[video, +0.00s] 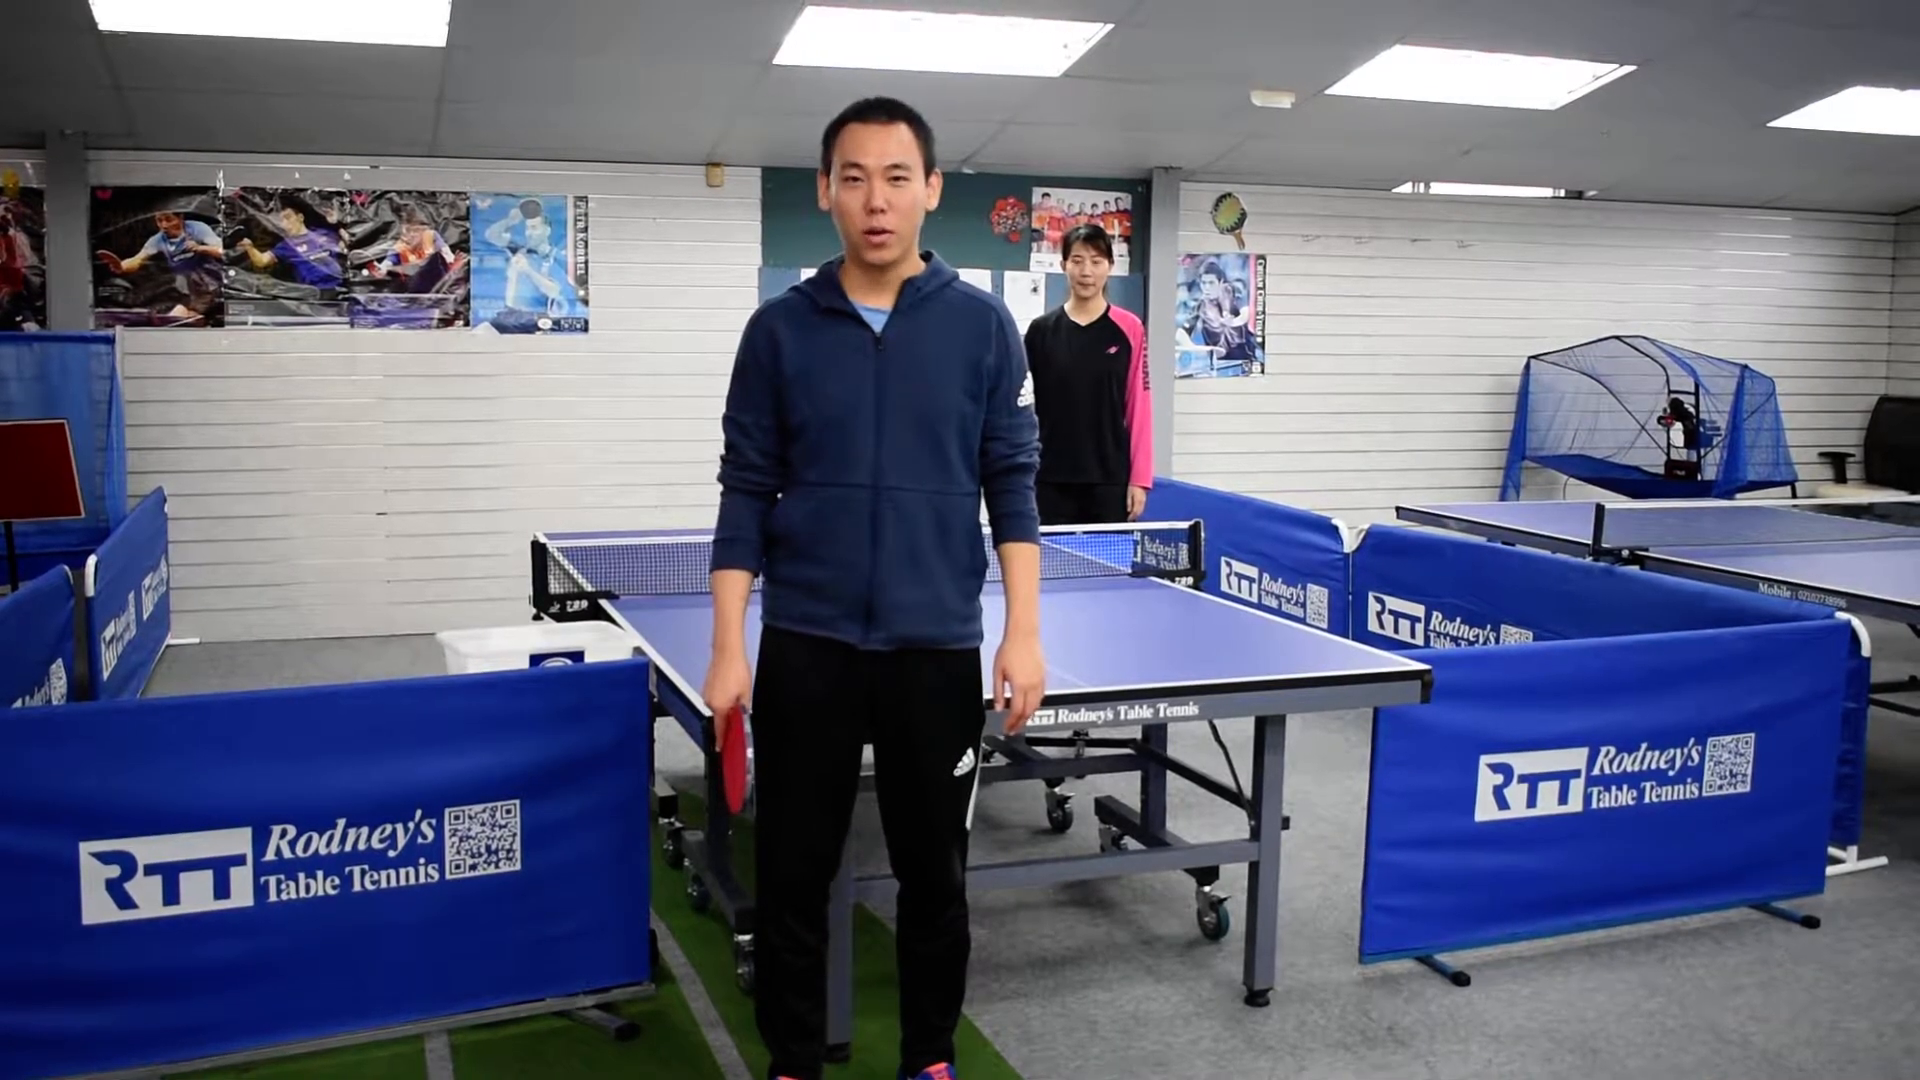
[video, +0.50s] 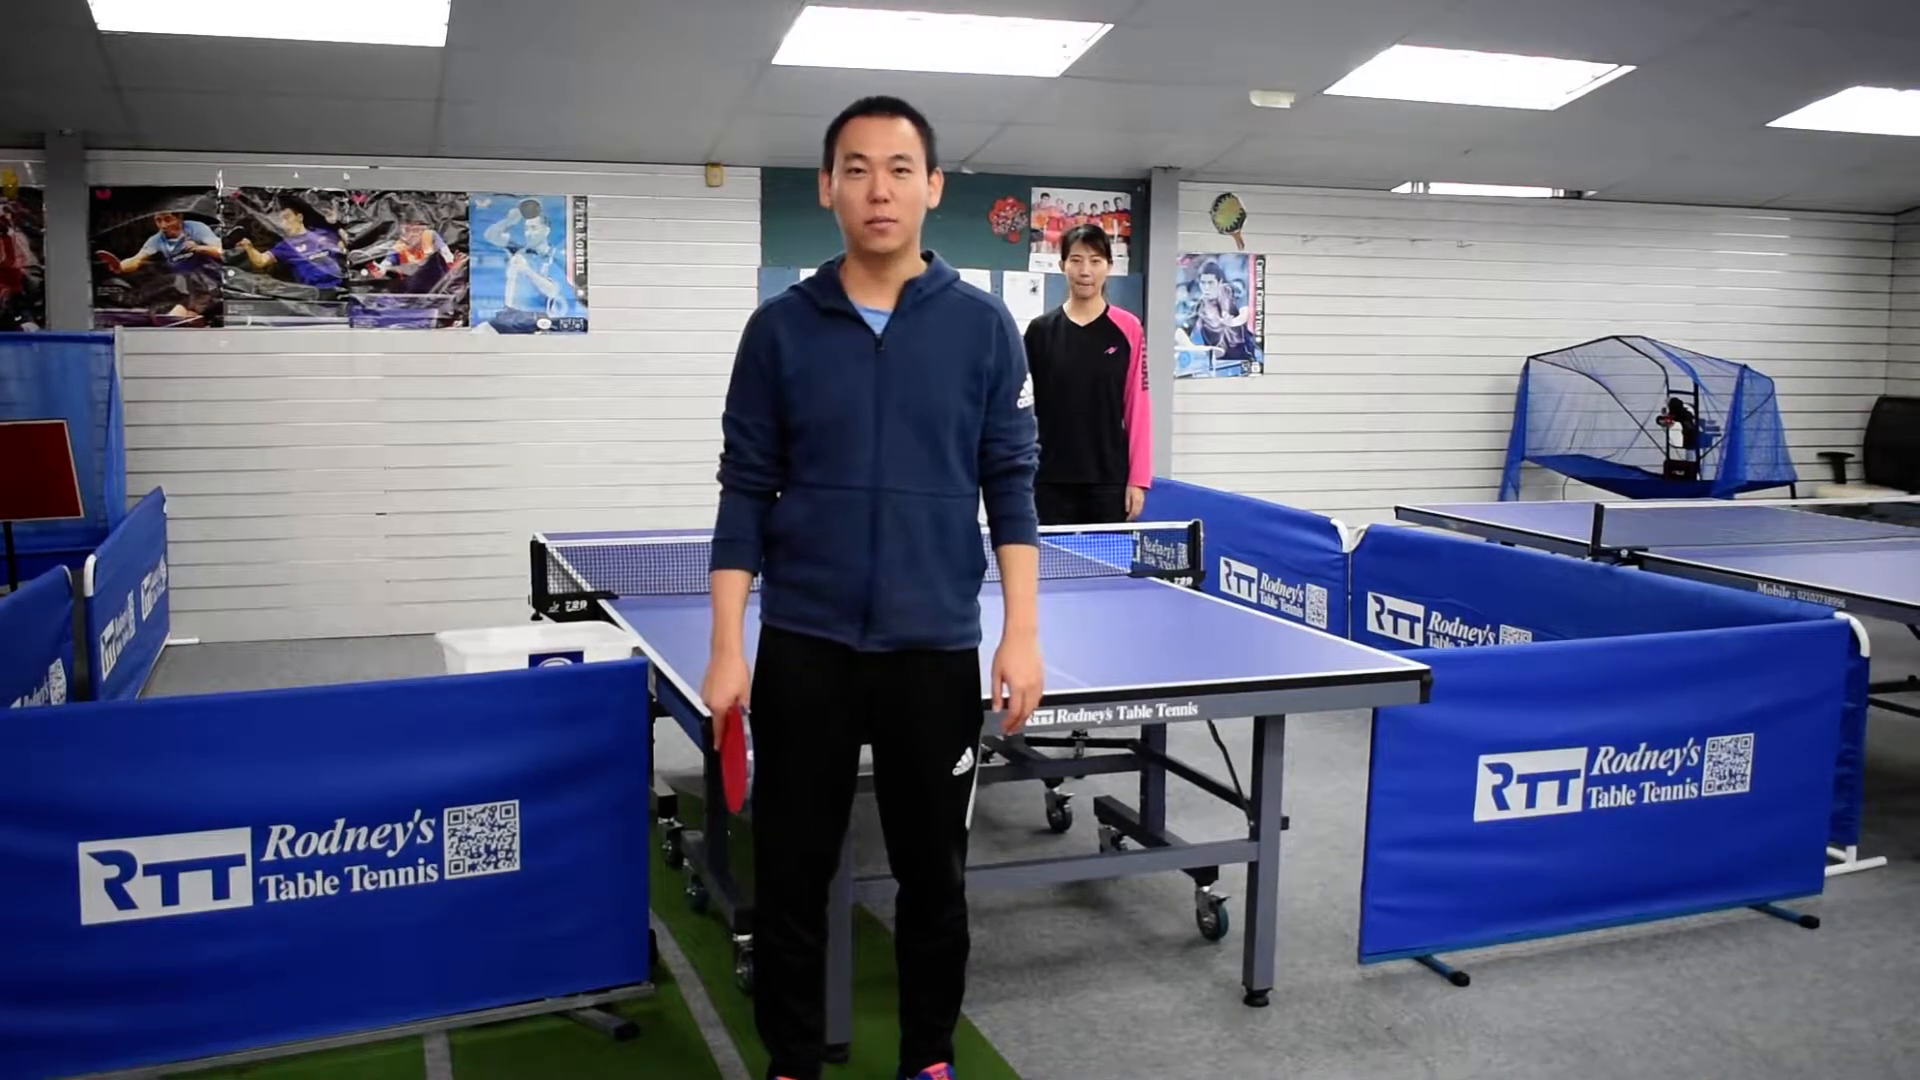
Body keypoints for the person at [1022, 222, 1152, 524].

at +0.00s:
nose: (1086, 272)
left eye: (1096, 262)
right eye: (1077, 261)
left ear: (1110, 267)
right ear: (1064, 266)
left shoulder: (1129, 329)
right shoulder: (1040, 331)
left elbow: (1139, 407)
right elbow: (1022, 404)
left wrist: (1140, 478)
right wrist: (1022, 478)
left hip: (1109, 482)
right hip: (1051, 481)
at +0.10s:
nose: (1086, 271)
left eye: (1096, 262)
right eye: (1077, 261)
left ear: (1110, 268)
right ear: (1064, 266)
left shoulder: (1129, 329)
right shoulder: (1040, 331)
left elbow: (1138, 407)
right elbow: (1022, 405)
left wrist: (1139, 478)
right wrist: (1021, 478)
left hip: (1108, 482)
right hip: (1051, 481)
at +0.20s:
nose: (1086, 271)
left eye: (1096, 262)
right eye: (1076, 261)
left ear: (1109, 268)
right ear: (1064, 266)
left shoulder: (1128, 329)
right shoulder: (1040, 331)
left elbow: (1138, 406)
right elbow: (1022, 405)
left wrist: (1139, 478)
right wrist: (1021, 478)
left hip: (1108, 481)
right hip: (1051, 481)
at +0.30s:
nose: (1085, 271)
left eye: (1096, 262)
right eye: (1076, 261)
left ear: (1109, 268)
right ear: (1063, 266)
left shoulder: (1128, 329)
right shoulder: (1039, 331)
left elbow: (1138, 407)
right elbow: (1022, 405)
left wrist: (1139, 478)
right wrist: (1021, 478)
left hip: (1108, 481)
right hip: (1051, 481)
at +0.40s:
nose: (1085, 271)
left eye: (1095, 262)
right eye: (1076, 261)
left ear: (1109, 268)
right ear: (1063, 266)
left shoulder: (1128, 329)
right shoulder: (1039, 331)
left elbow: (1137, 407)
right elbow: (1021, 405)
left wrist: (1138, 478)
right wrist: (1020, 478)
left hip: (1108, 482)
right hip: (1050, 481)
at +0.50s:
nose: (1085, 271)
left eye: (1095, 262)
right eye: (1076, 261)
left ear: (1109, 268)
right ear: (1063, 266)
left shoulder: (1128, 329)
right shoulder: (1039, 331)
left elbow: (1137, 406)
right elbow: (1021, 404)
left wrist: (1138, 478)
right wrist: (1020, 478)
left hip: (1108, 481)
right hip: (1050, 481)